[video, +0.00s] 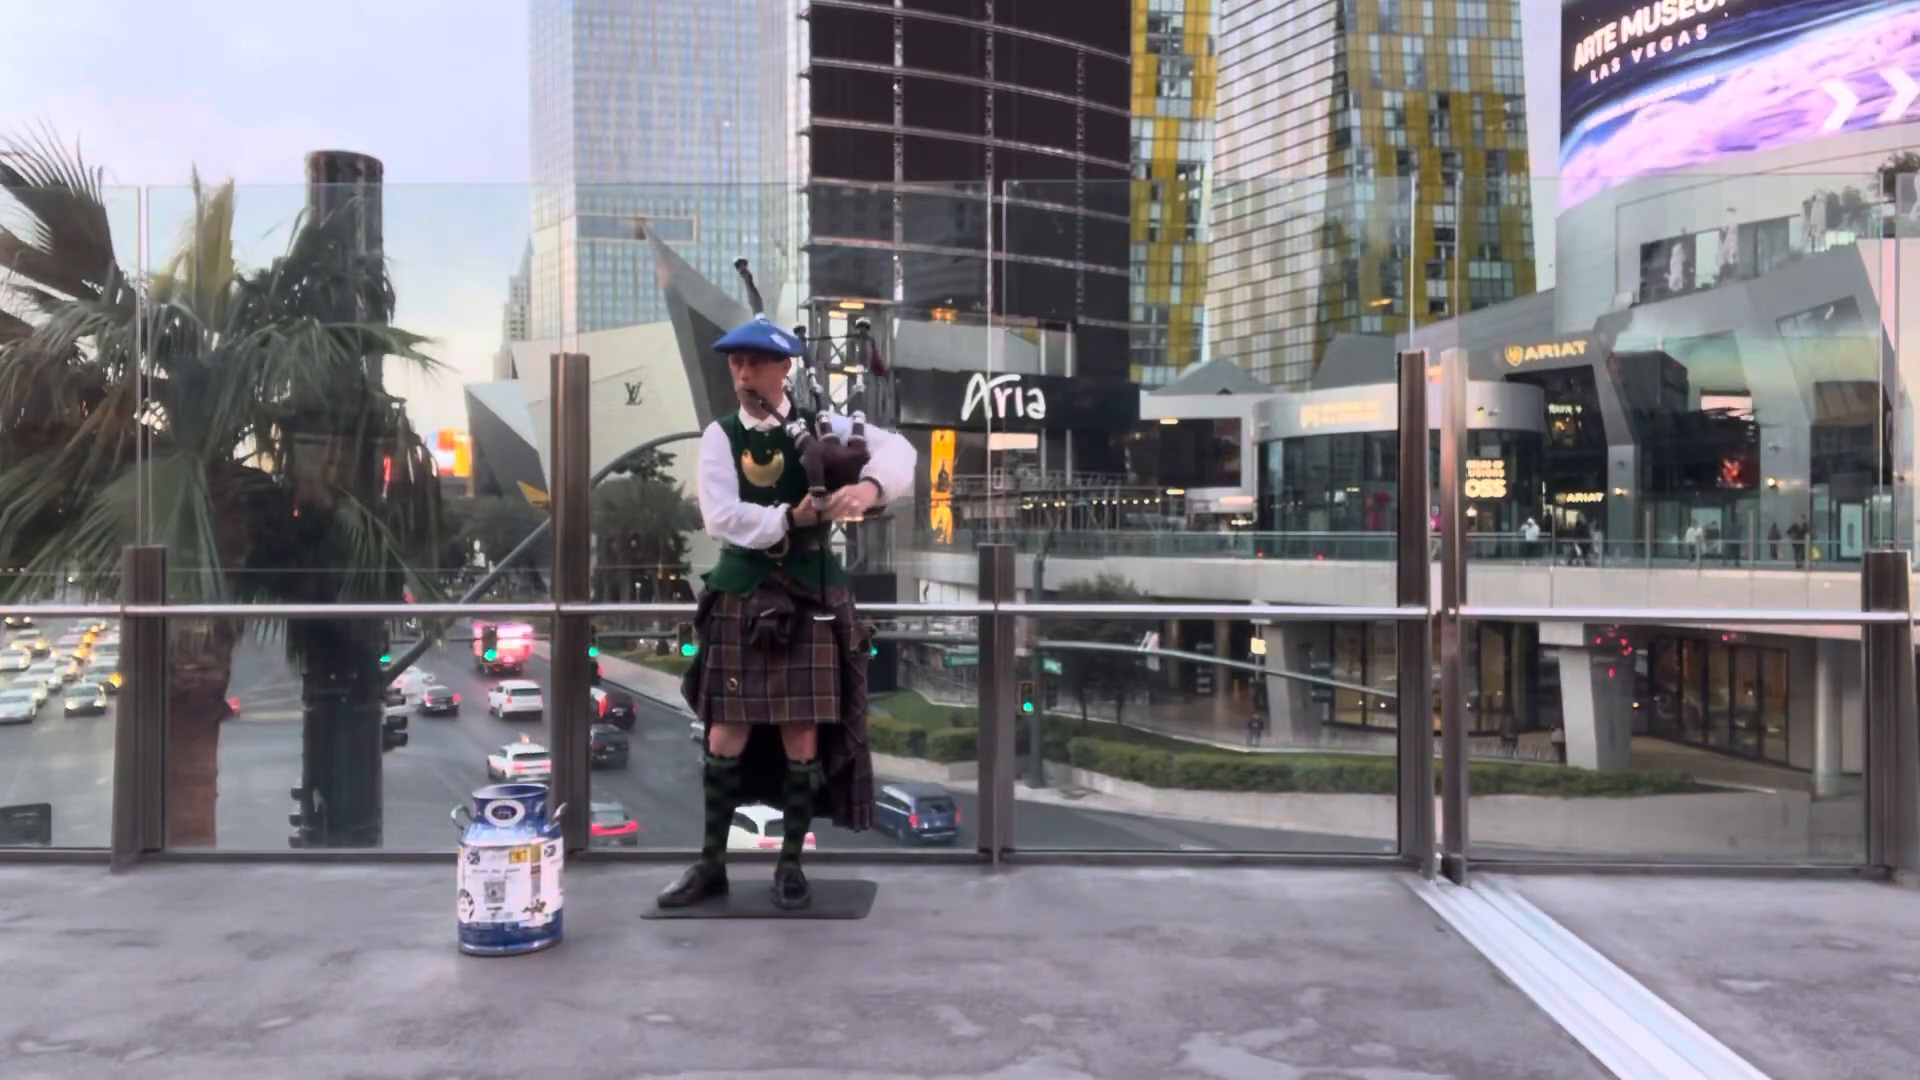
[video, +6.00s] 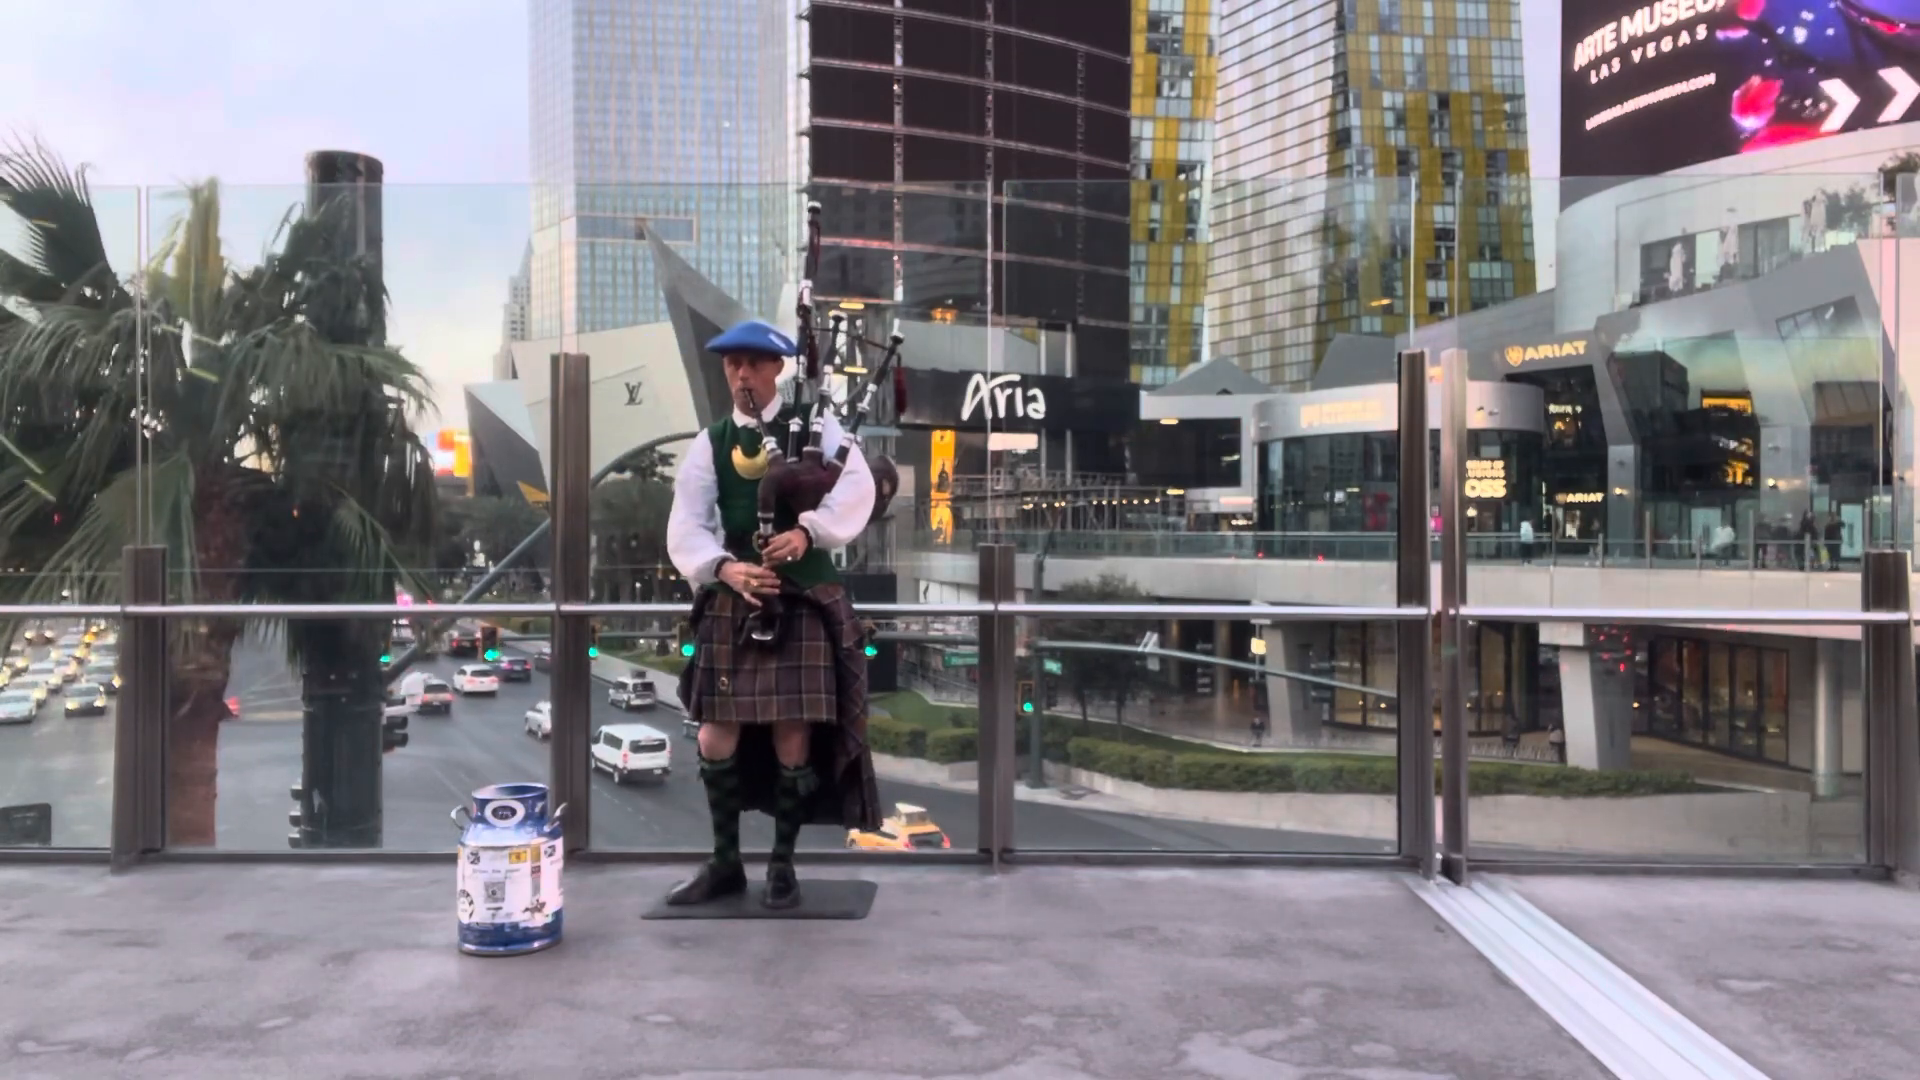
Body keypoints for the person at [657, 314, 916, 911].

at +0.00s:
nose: (740, 374)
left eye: (753, 363)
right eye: (735, 364)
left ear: (785, 367)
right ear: (731, 370)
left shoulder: (825, 424)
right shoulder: (722, 434)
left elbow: (899, 450)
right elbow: (721, 515)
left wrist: (871, 487)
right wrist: (792, 517)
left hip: (811, 595)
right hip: (741, 594)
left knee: (801, 733)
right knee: (726, 731)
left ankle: (790, 866)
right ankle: (711, 866)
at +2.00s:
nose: (727, 375)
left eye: (740, 363)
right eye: (720, 364)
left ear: (771, 368)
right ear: (716, 370)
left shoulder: (811, 425)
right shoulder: (707, 438)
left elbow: (869, 482)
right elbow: (692, 518)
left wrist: (827, 489)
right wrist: (757, 519)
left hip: (804, 591)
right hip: (731, 592)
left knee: (795, 727)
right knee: (723, 726)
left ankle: (789, 864)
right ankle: (719, 861)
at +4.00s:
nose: (673, 373)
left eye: (684, 362)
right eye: (663, 363)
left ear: (708, 368)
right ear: (651, 373)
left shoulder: (745, 428)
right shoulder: (639, 449)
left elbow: (794, 479)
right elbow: (621, 536)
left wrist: (745, 525)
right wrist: (661, 564)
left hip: (743, 594)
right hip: (672, 599)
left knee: (757, 728)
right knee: (687, 730)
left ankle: (782, 860)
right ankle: (716, 863)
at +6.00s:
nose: (742, 374)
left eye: (754, 362)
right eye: (734, 363)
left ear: (781, 368)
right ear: (724, 372)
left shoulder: (818, 427)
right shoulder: (710, 443)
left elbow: (859, 486)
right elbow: (686, 527)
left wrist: (810, 531)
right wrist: (722, 567)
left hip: (802, 594)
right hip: (730, 593)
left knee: (791, 729)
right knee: (716, 732)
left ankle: (782, 864)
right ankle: (725, 862)